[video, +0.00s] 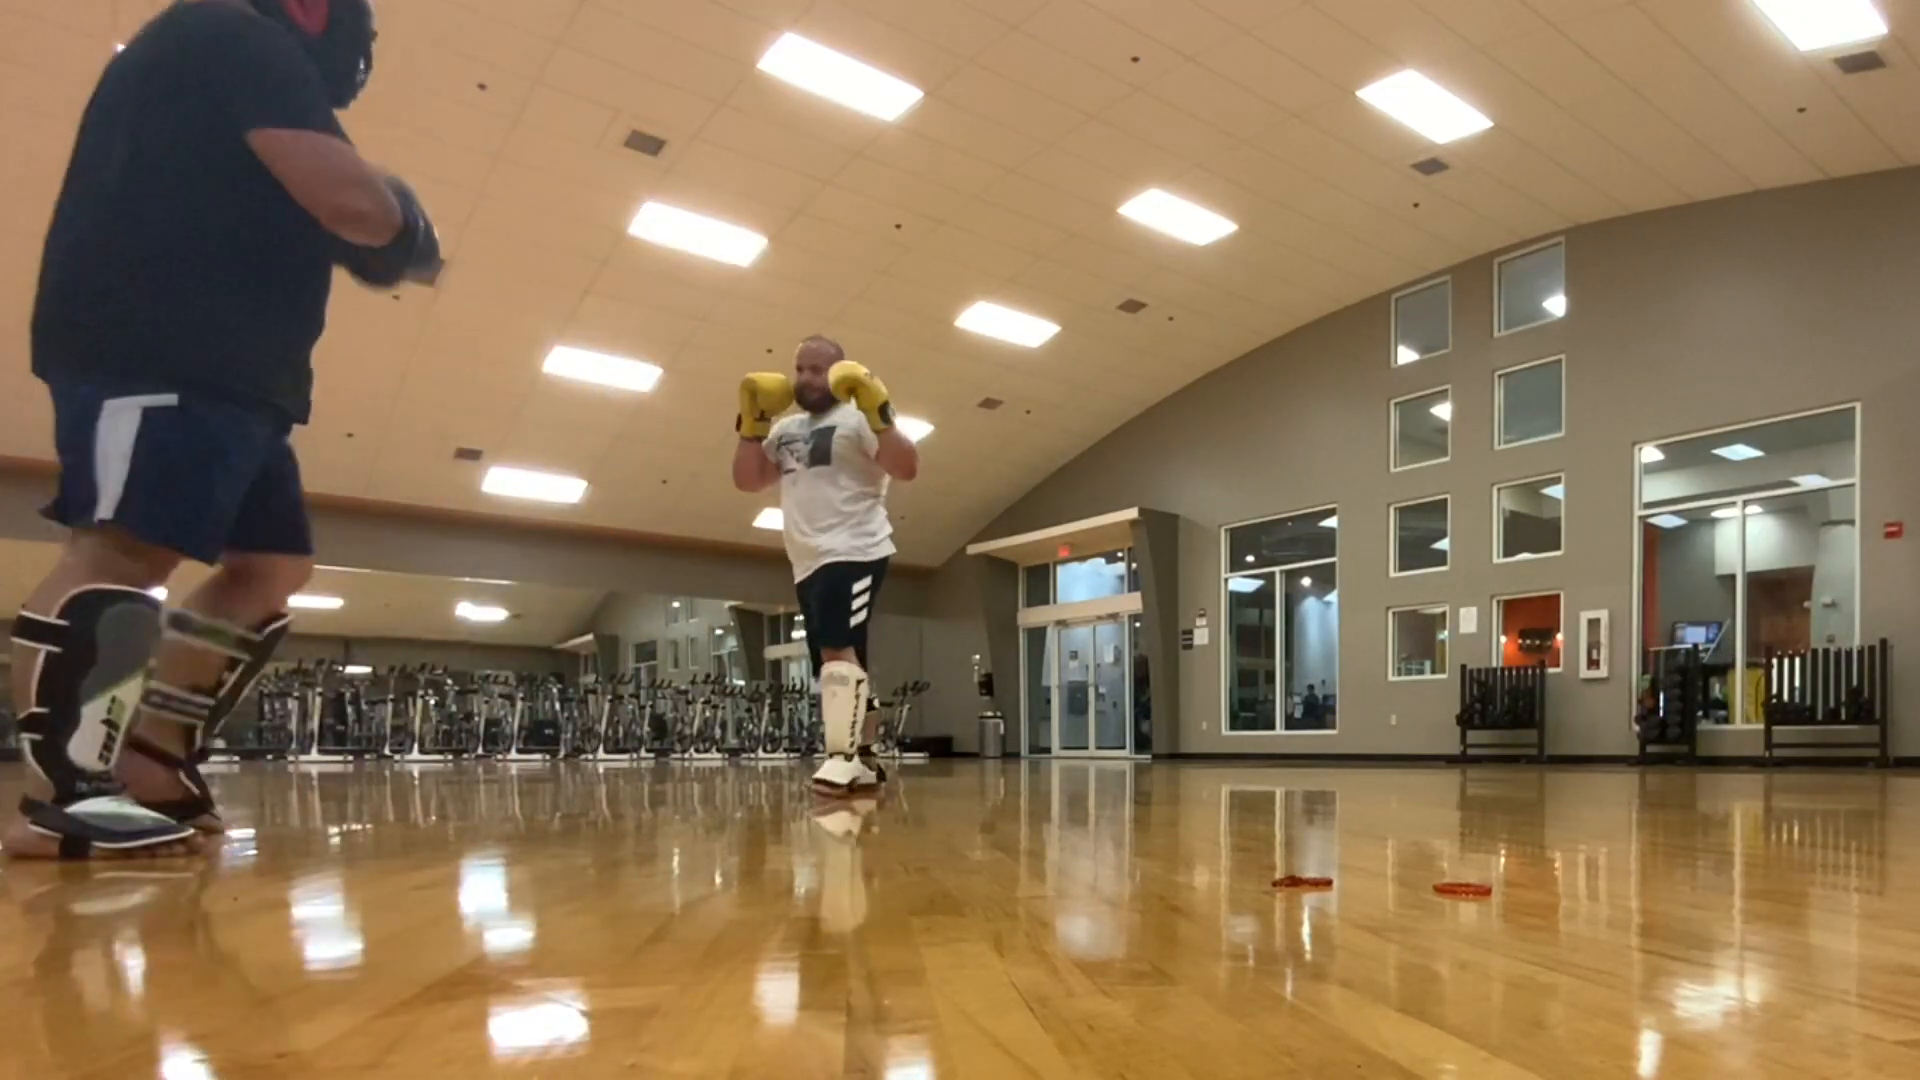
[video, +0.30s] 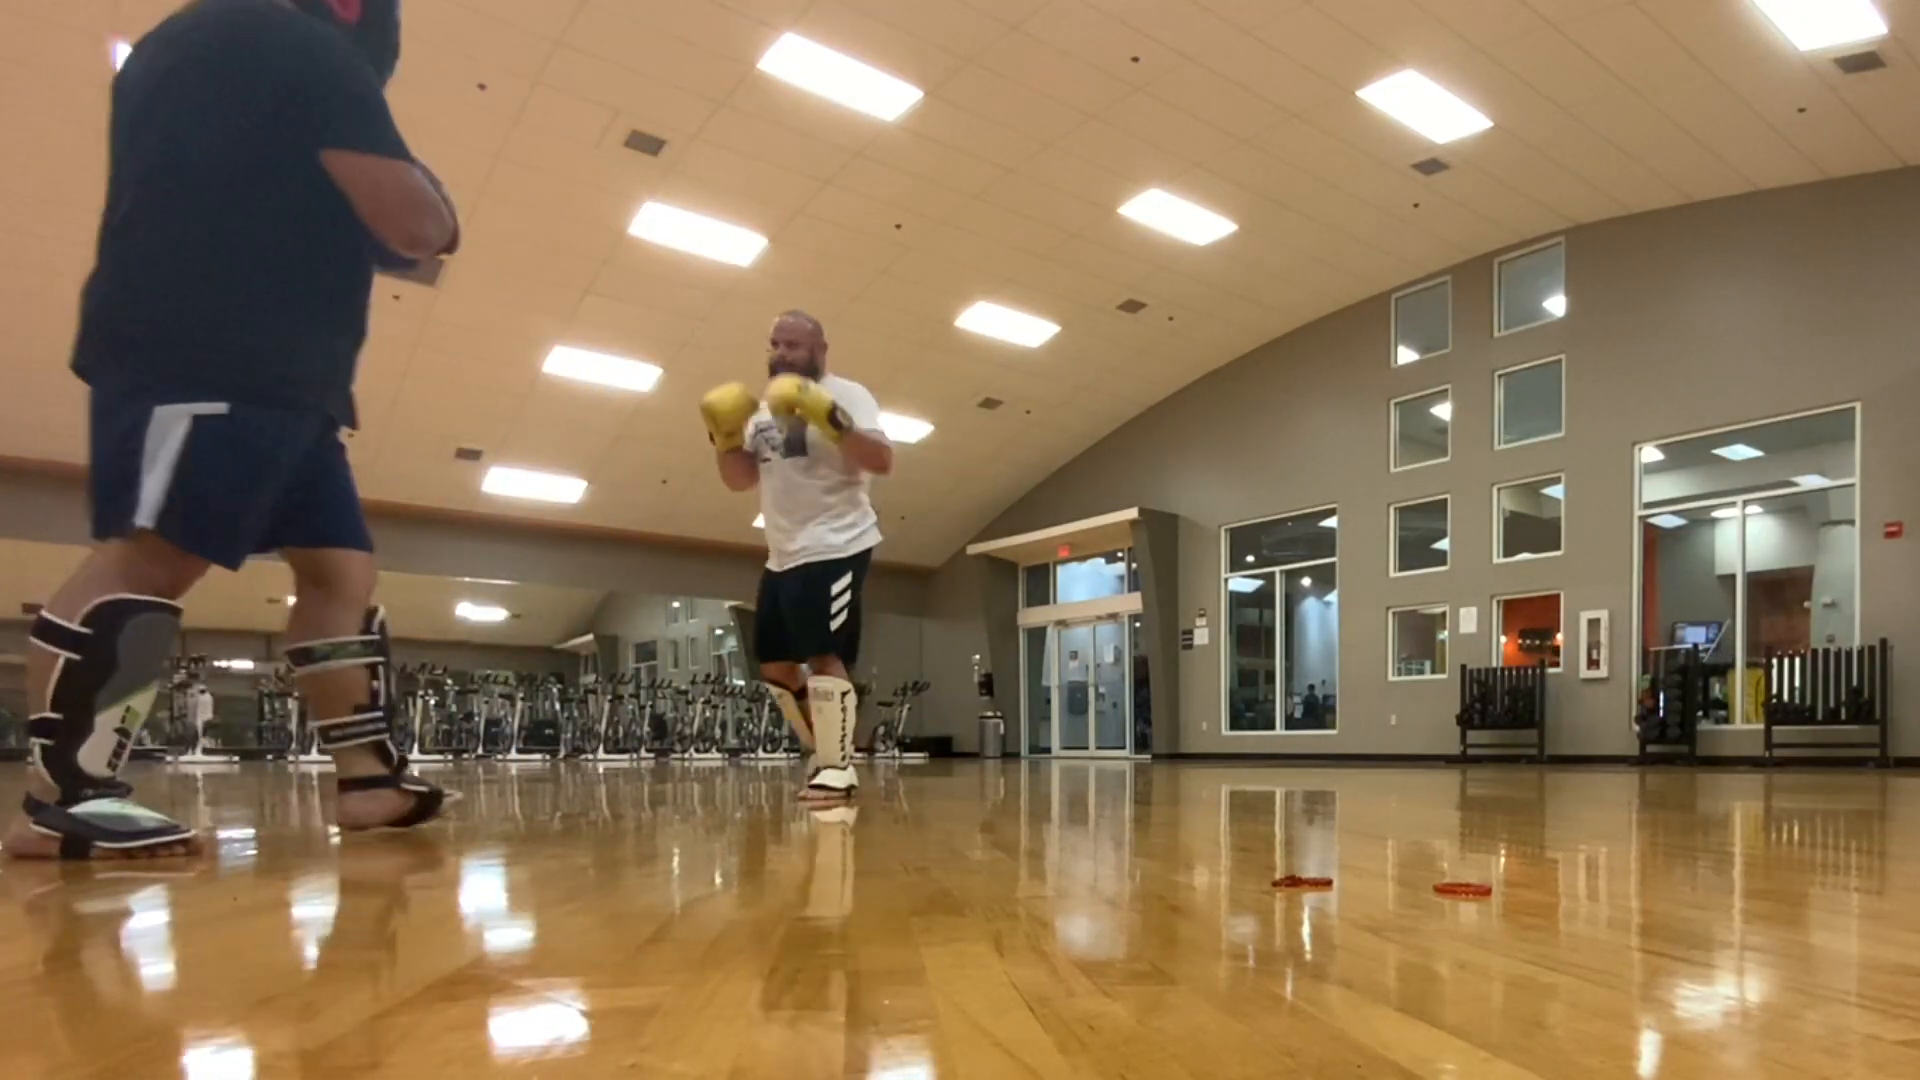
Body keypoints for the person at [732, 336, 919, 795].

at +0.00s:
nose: (810, 378)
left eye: (820, 370)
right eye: (803, 370)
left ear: (840, 374)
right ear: (793, 375)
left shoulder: (857, 418)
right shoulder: (785, 428)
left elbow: (906, 469)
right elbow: (748, 480)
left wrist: (881, 417)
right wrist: (750, 427)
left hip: (856, 549)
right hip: (810, 558)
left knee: (835, 647)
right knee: (840, 659)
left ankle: (841, 757)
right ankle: (863, 758)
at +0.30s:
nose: (781, 353)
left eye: (793, 345)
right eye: (775, 344)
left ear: (821, 352)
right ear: (769, 349)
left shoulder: (847, 396)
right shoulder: (762, 409)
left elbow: (880, 460)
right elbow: (741, 479)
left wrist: (829, 419)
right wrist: (724, 438)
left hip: (837, 541)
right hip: (785, 550)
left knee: (824, 656)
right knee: (776, 666)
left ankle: (836, 772)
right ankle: (833, 756)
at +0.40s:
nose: (776, 332)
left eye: (788, 324)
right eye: (770, 323)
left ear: (811, 339)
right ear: (761, 340)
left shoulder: (834, 382)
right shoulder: (755, 401)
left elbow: (863, 432)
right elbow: (721, 459)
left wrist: (818, 376)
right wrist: (714, 409)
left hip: (829, 541)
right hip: (773, 546)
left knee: (825, 653)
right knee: (753, 652)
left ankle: (837, 770)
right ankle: (786, 747)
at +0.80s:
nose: (717, 338)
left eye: (730, 331)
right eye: (709, 329)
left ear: (755, 342)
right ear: (697, 339)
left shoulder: (784, 388)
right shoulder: (683, 395)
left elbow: (830, 461)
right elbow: (651, 471)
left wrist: (798, 423)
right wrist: (660, 429)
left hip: (769, 536)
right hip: (705, 546)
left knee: (779, 635)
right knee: (705, 658)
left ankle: (818, 750)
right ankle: (710, 766)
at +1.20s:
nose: (727, 312)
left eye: (731, 306)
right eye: (719, 305)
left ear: (740, 321)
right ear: (700, 318)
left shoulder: (759, 377)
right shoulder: (676, 374)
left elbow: (808, 459)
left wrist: (795, 411)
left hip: (744, 532)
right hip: (688, 532)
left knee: (738, 650)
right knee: (691, 651)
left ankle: (751, 767)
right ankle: (699, 758)